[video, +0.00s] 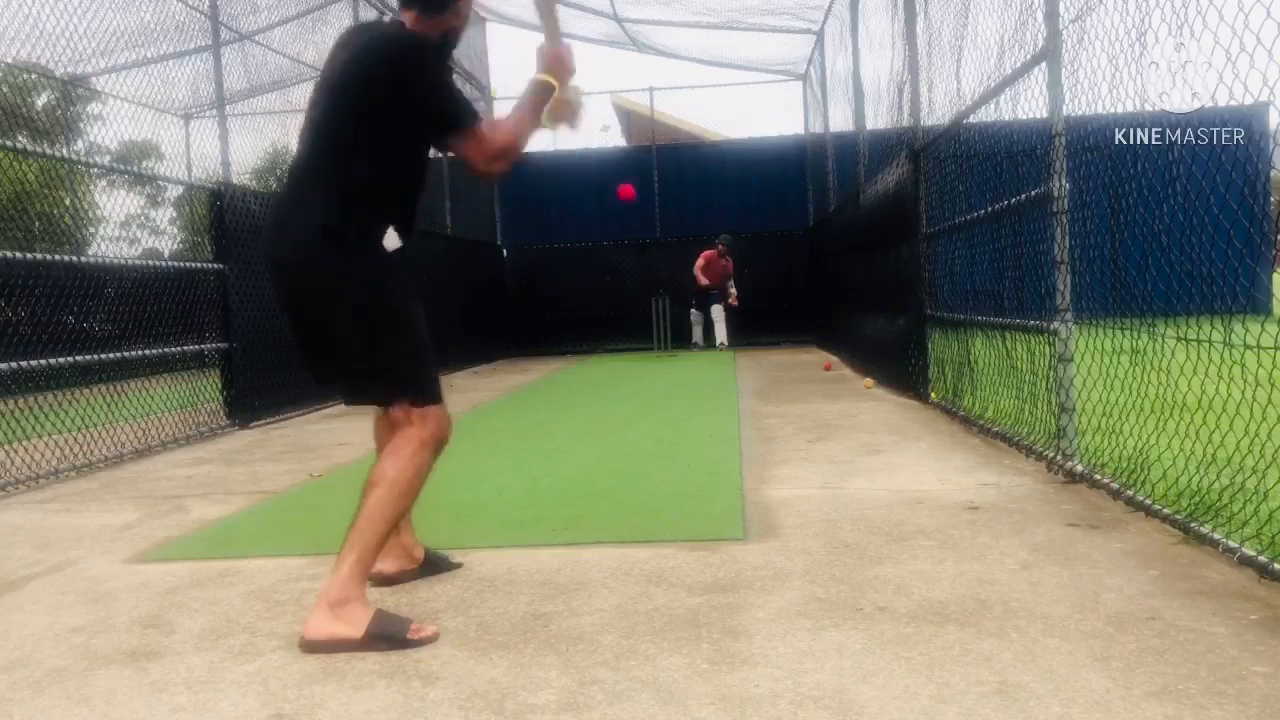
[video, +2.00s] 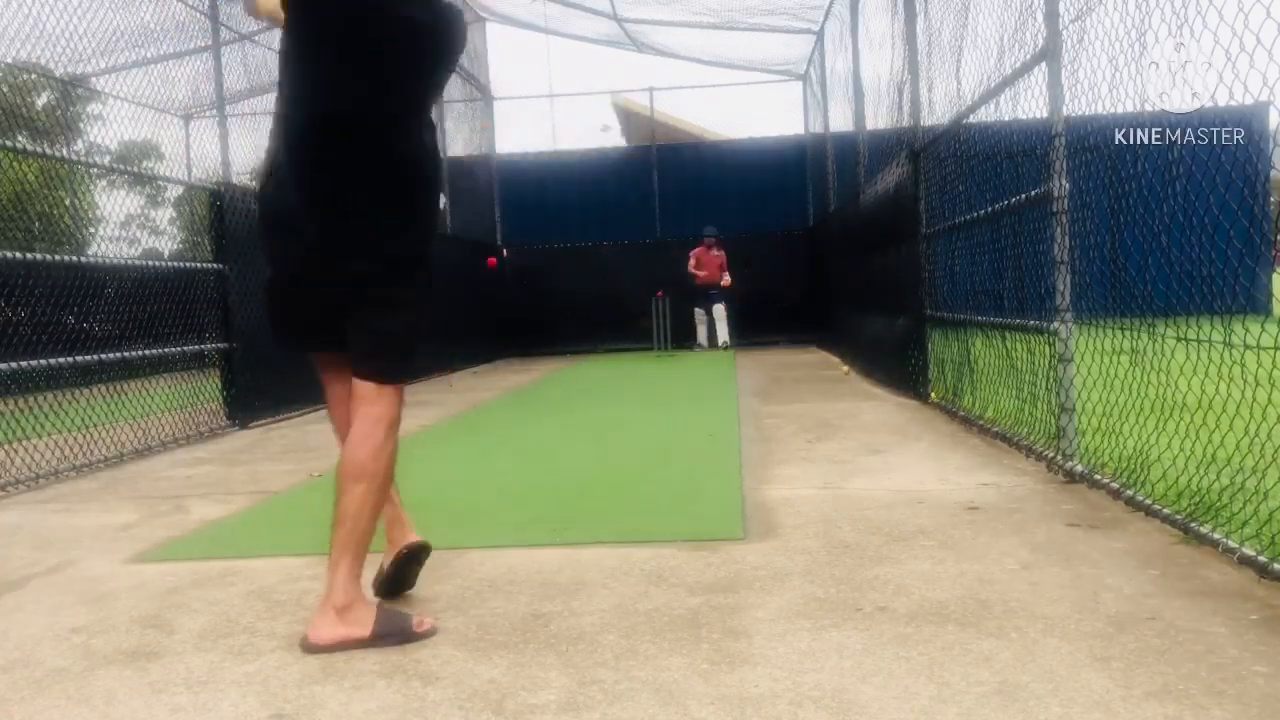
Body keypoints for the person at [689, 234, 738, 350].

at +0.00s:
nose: (722, 248)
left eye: (725, 246)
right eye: (721, 245)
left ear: (728, 248)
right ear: (717, 245)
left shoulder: (728, 262)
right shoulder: (707, 255)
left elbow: (729, 280)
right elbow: (696, 268)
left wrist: (732, 294)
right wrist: (701, 278)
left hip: (717, 289)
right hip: (702, 287)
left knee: (718, 312)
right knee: (696, 314)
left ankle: (721, 342)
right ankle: (697, 342)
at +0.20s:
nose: (712, 242)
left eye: (714, 239)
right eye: (709, 239)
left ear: (717, 241)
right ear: (705, 240)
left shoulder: (720, 256)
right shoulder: (697, 253)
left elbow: (724, 274)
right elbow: (689, 267)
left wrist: (725, 285)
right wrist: (693, 271)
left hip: (713, 288)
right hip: (698, 288)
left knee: (715, 312)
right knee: (696, 316)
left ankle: (721, 341)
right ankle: (699, 343)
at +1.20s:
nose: (708, 240)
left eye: (711, 237)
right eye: (706, 238)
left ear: (716, 238)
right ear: (704, 239)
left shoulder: (725, 252)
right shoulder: (702, 252)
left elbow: (732, 270)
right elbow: (699, 269)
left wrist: (720, 275)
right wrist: (704, 275)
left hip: (719, 285)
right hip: (706, 285)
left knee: (720, 312)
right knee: (701, 312)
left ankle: (722, 342)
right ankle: (699, 342)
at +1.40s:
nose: (735, 267)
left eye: (736, 265)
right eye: (734, 264)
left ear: (735, 264)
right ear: (729, 262)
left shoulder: (730, 269)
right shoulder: (720, 271)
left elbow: (728, 280)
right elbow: (721, 286)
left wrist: (729, 286)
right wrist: (727, 288)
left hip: (715, 291)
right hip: (704, 291)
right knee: (701, 314)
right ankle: (695, 335)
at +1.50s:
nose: (735, 264)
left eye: (736, 262)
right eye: (734, 260)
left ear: (736, 261)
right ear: (727, 258)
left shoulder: (730, 268)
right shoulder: (717, 267)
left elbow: (727, 280)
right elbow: (717, 284)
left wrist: (731, 286)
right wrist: (730, 288)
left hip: (718, 289)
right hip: (705, 288)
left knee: (721, 312)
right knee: (699, 313)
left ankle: (722, 342)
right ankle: (693, 338)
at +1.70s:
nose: (726, 248)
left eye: (728, 245)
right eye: (723, 245)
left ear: (731, 247)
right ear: (719, 245)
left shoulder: (730, 262)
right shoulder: (710, 255)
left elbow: (731, 280)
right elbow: (701, 270)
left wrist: (734, 294)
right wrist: (710, 283)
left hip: (718, 290)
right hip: (703, 288)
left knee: (719, 313)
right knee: (697, 314)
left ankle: (722, 343)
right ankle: (698, 341)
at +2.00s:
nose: (710, 240)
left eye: (712, 237)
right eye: (707, 237)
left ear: (716, 239)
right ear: (703, 239)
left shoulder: (720, 253)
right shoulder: (696, 253)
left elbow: (724, 271)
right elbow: (690, 268)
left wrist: (726, 278)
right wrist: (699, 273)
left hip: (715, 286)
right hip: (700, 287)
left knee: (720, 312)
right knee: (700, 315)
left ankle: (723, 342)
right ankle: (702, 343)